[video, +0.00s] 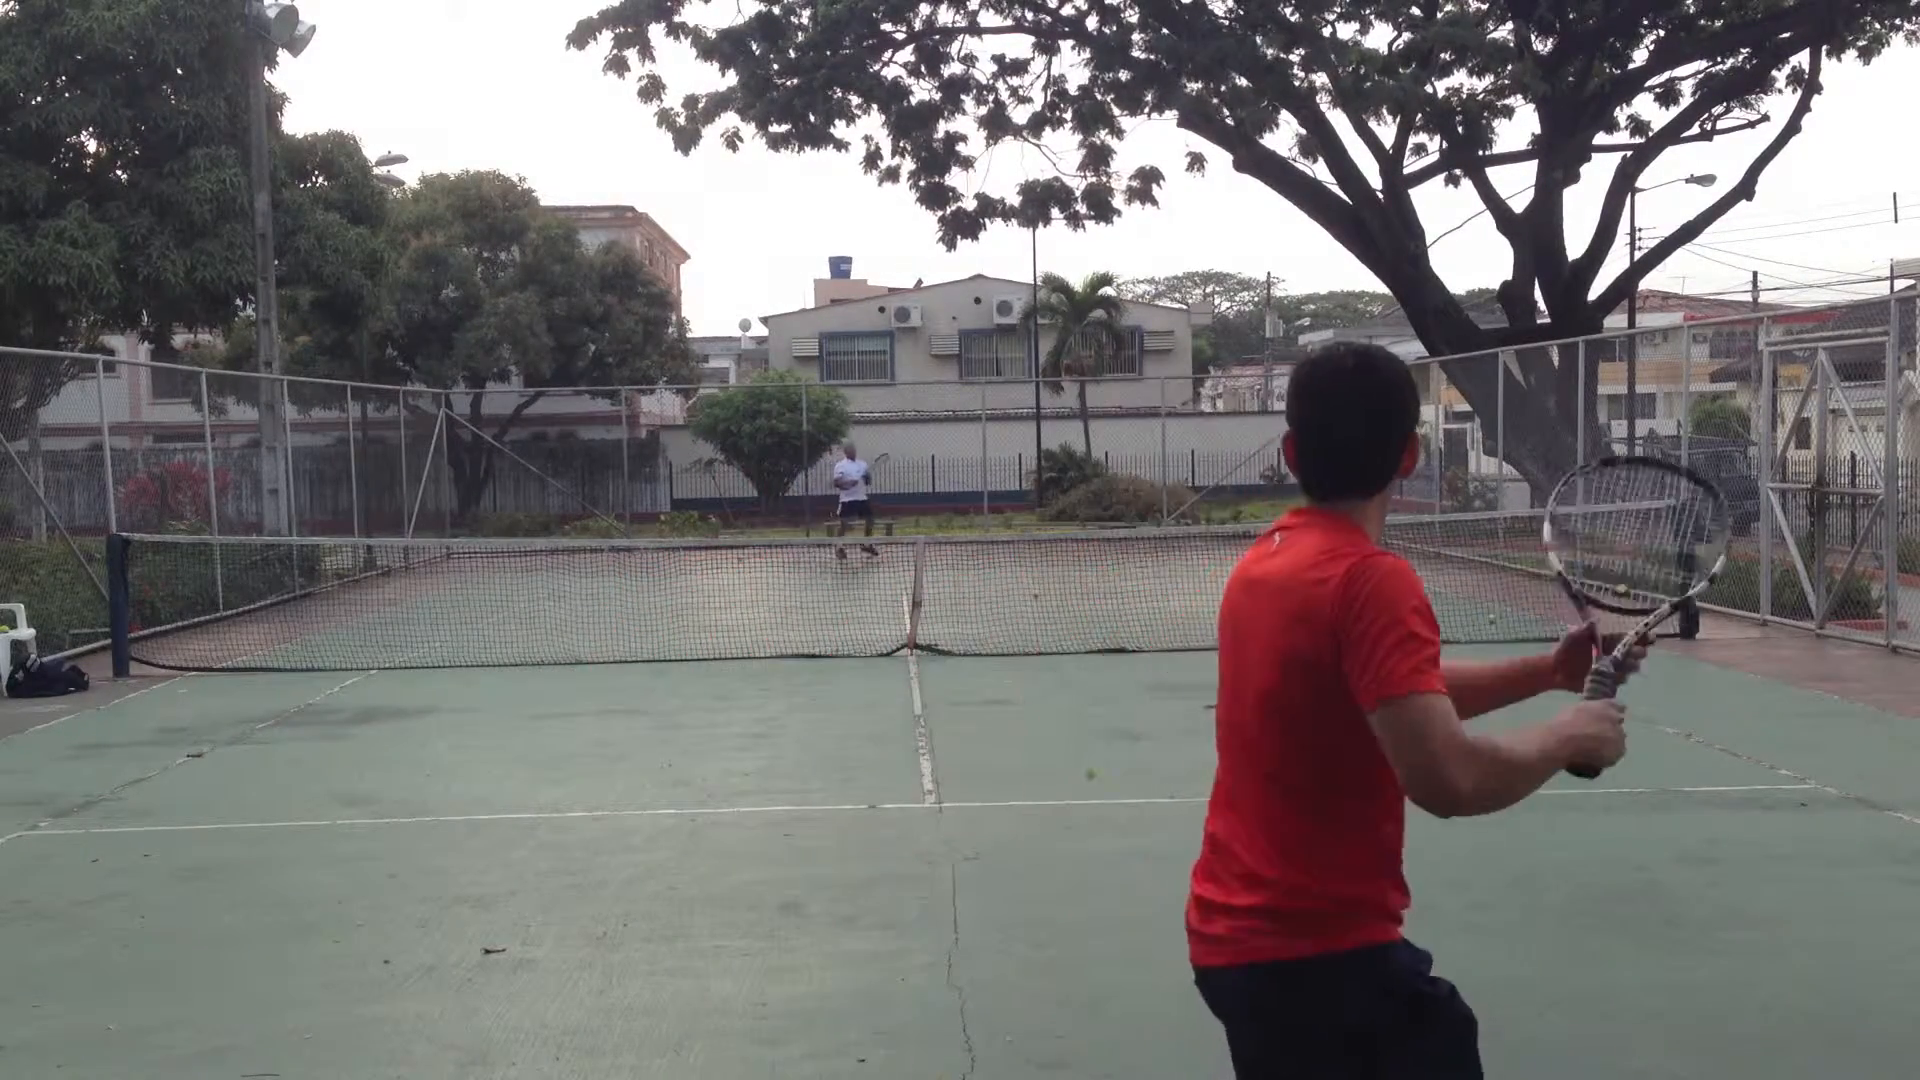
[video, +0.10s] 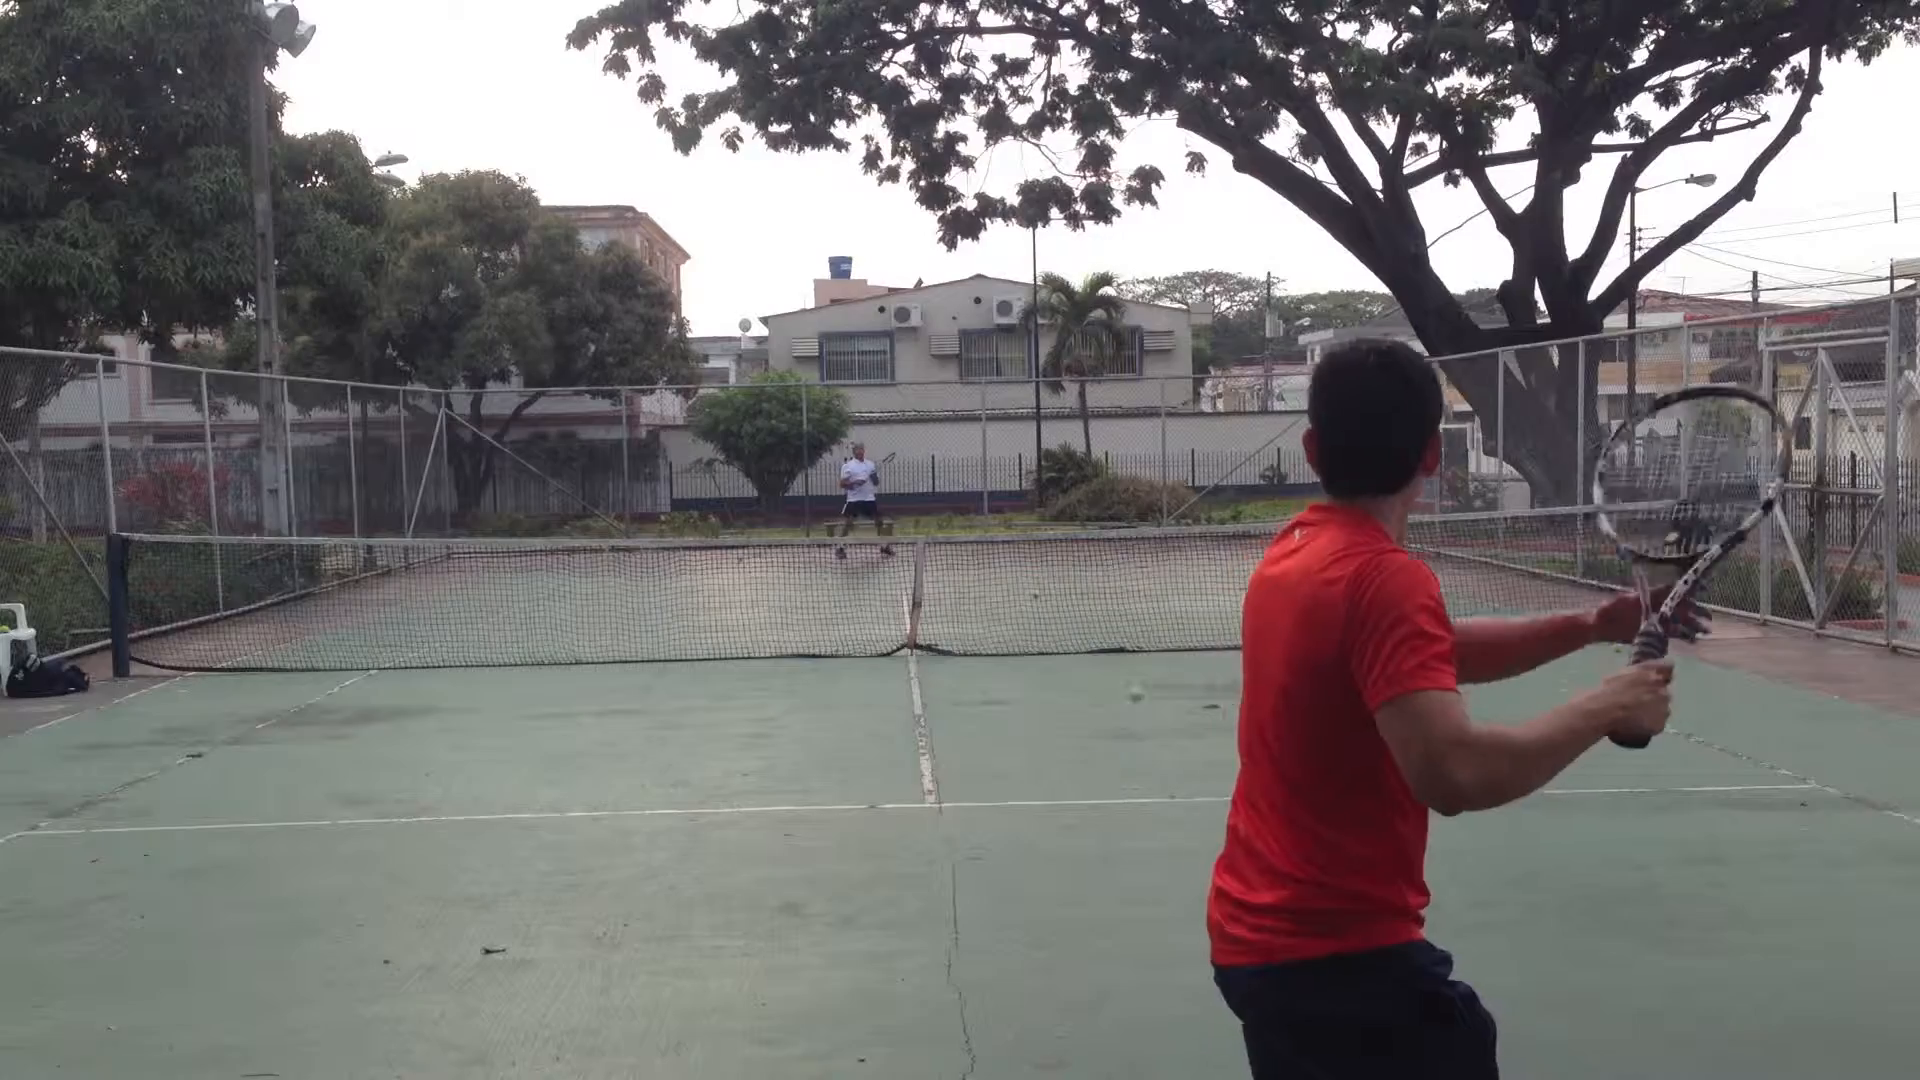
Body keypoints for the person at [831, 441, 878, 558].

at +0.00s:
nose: (851, 453)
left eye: (853, 450)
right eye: (849, 451)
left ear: (855, 451)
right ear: (845, 452)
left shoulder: (862, 464)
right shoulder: (840, 466)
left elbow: (868, 482)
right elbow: (837, 482)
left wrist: (867, 477)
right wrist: (849, 483)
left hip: (861, 498)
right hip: (847, 499)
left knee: (870, 520)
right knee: (844, 524)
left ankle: (867, 543)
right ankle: (839, 546)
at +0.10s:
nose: (860, 454)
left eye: (862, 451)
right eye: (858, 452)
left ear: (864, 452)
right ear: (854, 453)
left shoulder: (870, 465)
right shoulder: (847, 466)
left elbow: (876, 483)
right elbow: (843, 484)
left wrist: (874, 477)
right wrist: (855, 482)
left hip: (869, 499)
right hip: (853, 500)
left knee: (879, 522)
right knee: (848, 523)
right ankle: (841, 547)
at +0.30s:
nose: (874, 454)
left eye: (876, 452)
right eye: (872, 452)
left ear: (879, 451)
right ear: (868, 452)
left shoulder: (887, 464)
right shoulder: (863, 466)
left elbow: (893, 480)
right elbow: (856, 482)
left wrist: (886, 476)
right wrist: (869, 482)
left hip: (884, 499)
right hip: (868, 500)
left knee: (889, 522)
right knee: (860, 522)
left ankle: (888, 545)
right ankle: (854, 544)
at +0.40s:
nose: (877, 450)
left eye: (879, 447)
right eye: (875, 448)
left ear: (882, 447)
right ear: (871, 448)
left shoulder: (889, 459)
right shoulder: (866, 461)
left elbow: (898, 474)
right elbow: (862, 478)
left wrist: (890, 471)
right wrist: (871, 479)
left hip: (887, 494)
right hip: (872, 494)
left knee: (890, 520)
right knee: (872, 521)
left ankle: (890, 544)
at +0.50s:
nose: (880, 451)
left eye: (882, 448)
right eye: (878, 449)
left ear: (885, 448)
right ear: (874, 448)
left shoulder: (892, 458)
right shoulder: (869, 461)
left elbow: (901, 475)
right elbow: (863, 479)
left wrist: (895, 472)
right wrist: (873, 477)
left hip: (892, 493)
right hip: (878, 494)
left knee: (897, 518)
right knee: (882, 520)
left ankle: (900, 541)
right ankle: (887, 544)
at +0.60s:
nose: (882, 453)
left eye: (884, 450)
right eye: (880, 451)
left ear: (888, 450)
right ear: (877, 451)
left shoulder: (894, 463)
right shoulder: (872, 466)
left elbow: (904, 480)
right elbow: (867, 483)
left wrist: (897, 475)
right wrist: (877, 480)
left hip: (896, 497)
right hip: (881, 499)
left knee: (903, 518)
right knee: (883, 523)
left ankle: (913, 541)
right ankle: (887, 545)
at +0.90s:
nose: (897, 456)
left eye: (899, 453)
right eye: (894, 454)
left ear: (902, 452)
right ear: (891, 453)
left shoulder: (910, 464)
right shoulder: (887, 466)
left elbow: (917, 481)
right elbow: (882, 484)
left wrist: (907, 477)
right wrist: (891, 482)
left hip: (909, 499)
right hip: (893, 500)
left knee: (916, 522)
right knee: (890, 523)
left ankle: (924, 544)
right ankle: (888, 546)